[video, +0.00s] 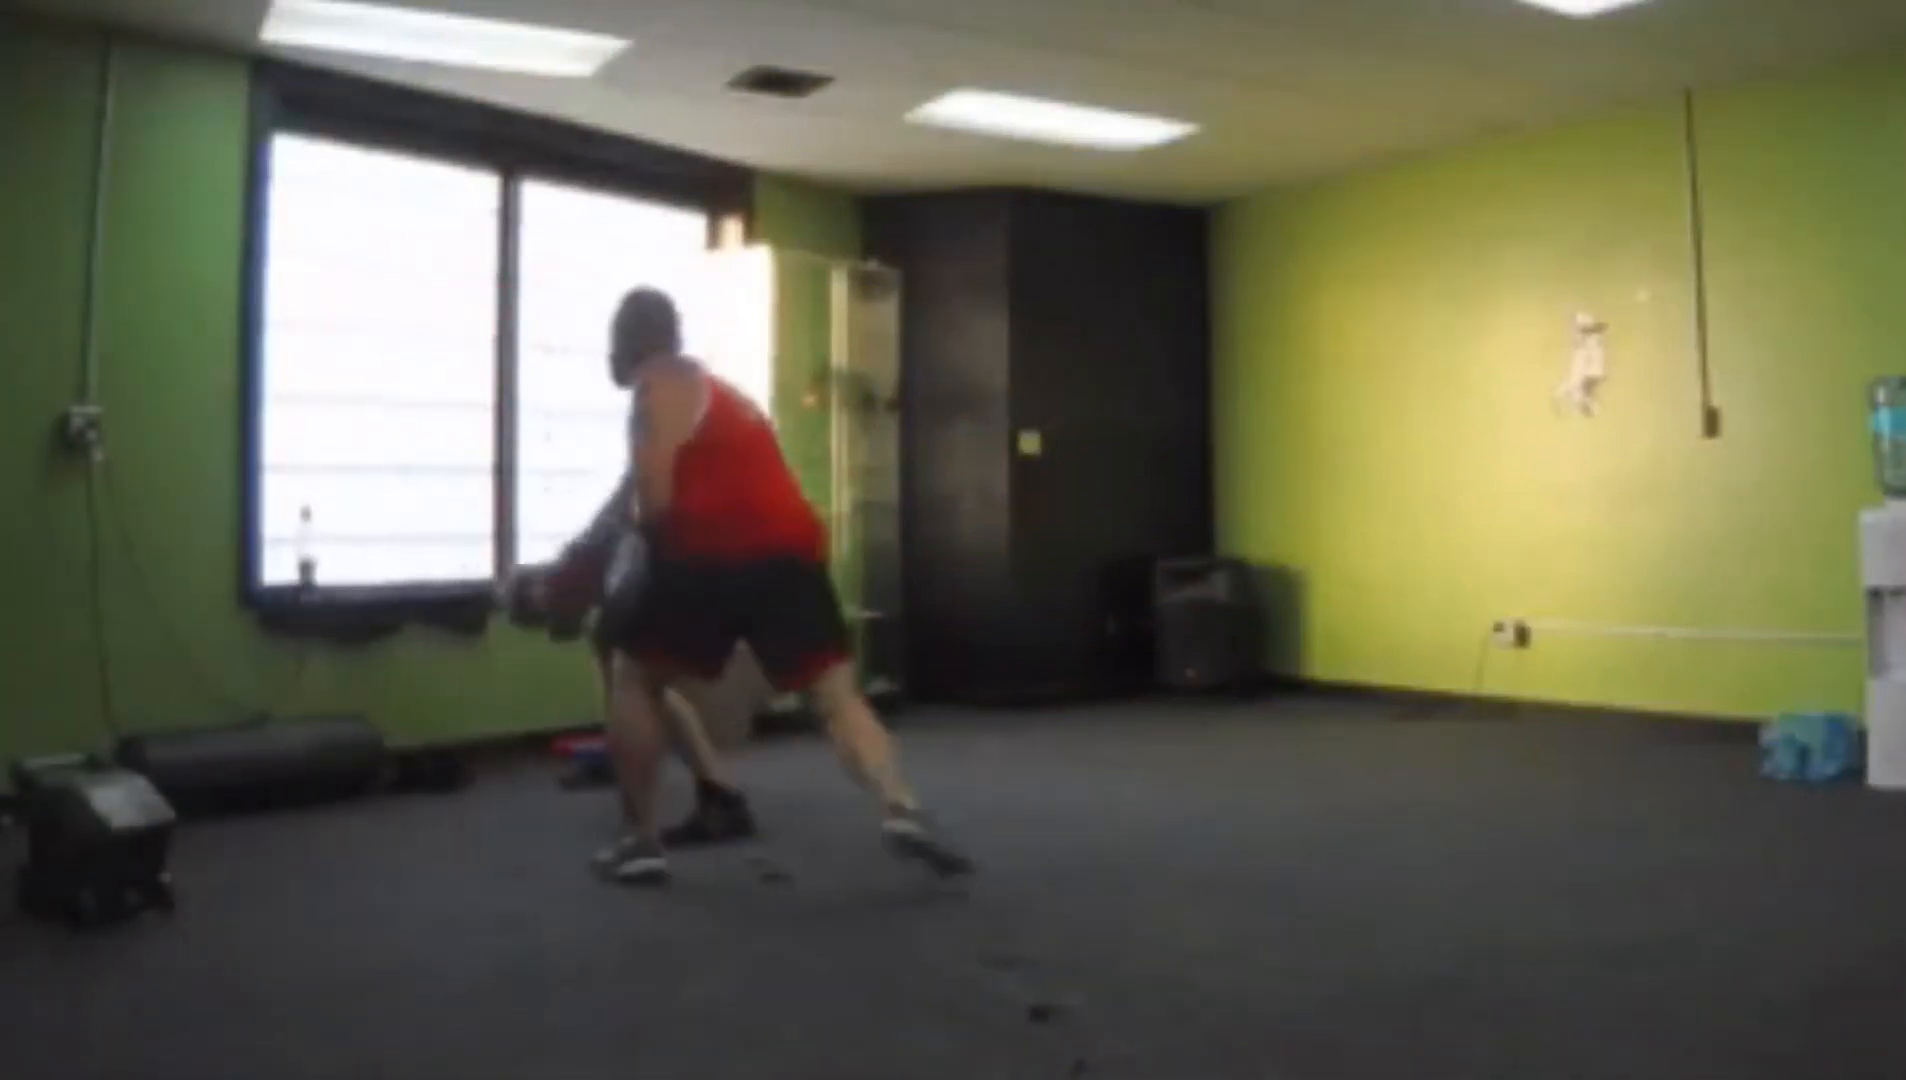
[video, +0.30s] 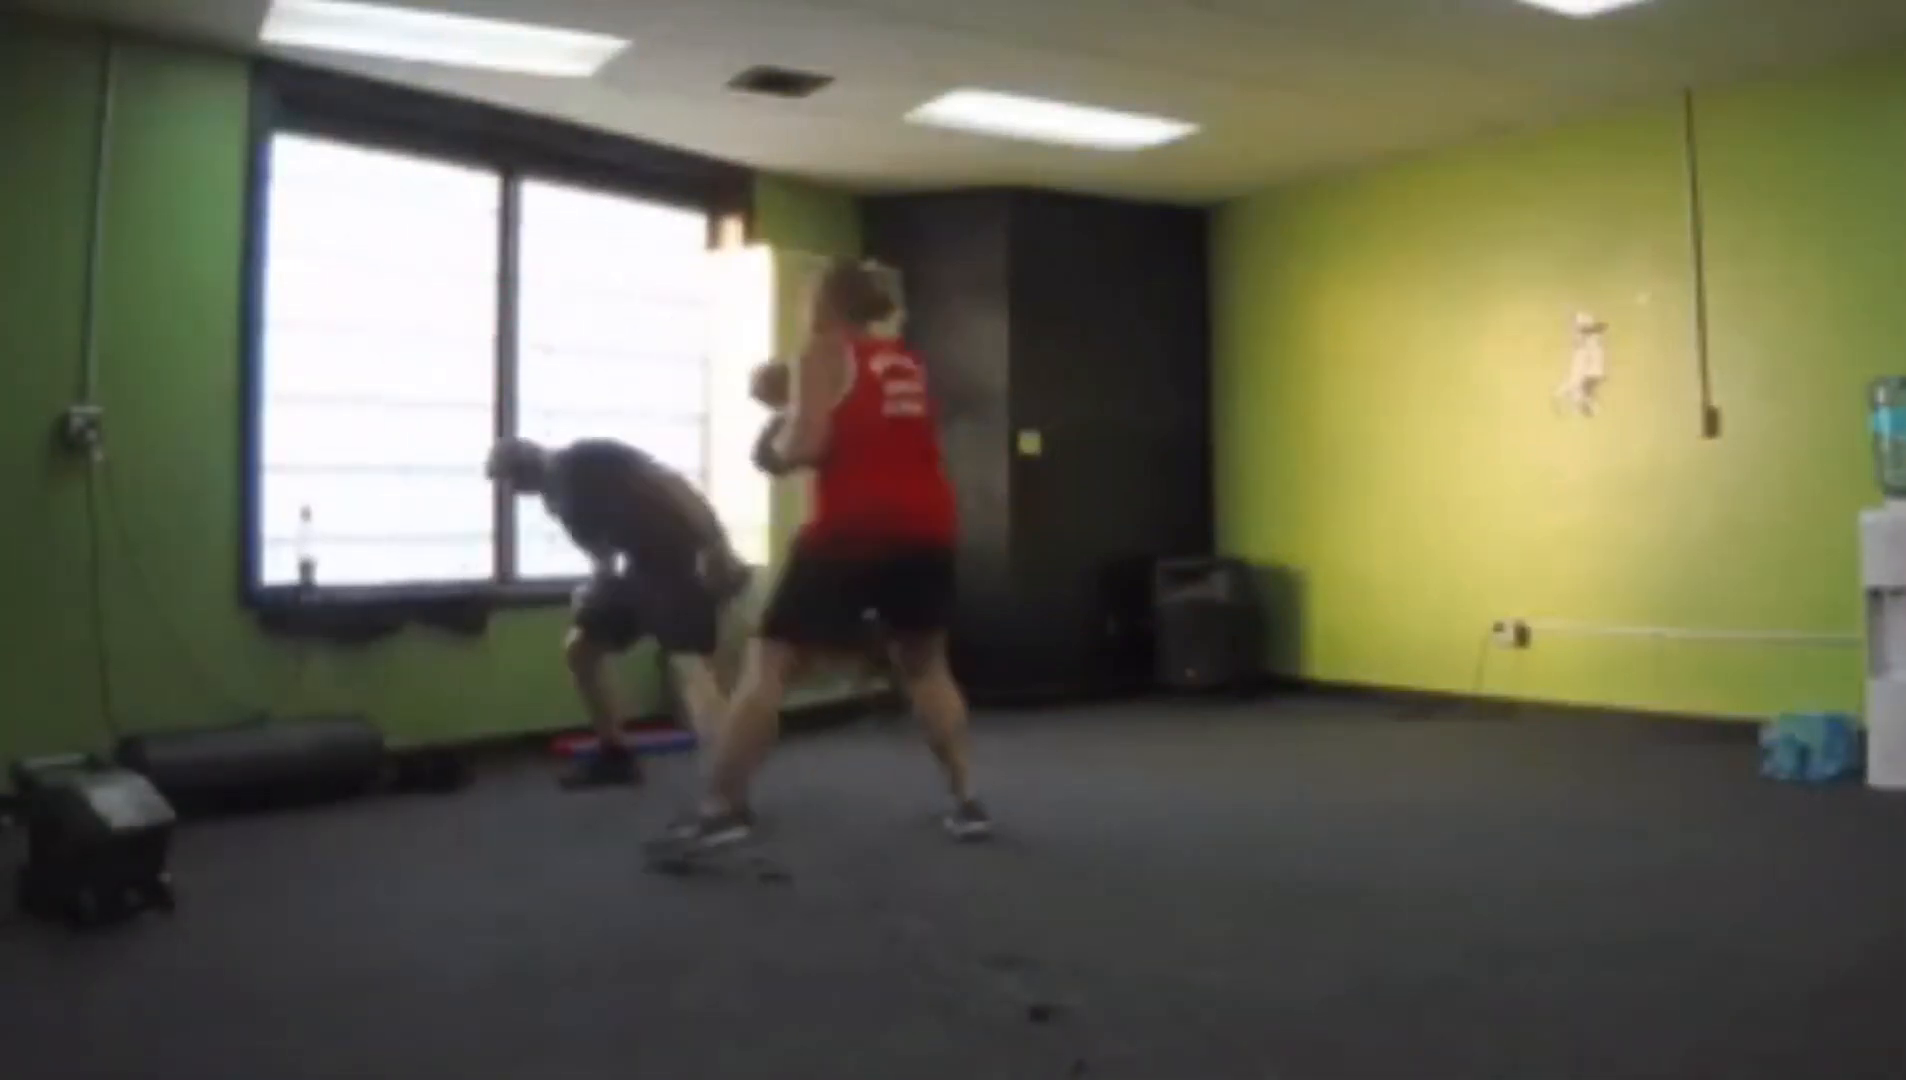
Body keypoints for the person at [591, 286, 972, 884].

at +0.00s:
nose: (609, 356)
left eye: (613, 344)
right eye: (612, 344)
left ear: (627, 343)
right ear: (671, 337)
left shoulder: (661, 385)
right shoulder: (716, 388)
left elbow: (652, 493)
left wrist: (640, 534)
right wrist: (587, 551)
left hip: (703, 562)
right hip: (785, 557)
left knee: (636, 679)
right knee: (838, 695)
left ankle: (639, 837)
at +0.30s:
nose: (811, 315)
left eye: (816, 305)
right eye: (814, 306)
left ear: (830, 307)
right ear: (885, 308)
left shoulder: (828, 352)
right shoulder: (907, 359)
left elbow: (807, 442)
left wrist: (770, 451)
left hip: (847, 534)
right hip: (926, 532)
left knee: (771, 663)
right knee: (926, 665)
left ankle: (724, 806)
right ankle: (966, 800)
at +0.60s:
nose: (922, 307)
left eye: (926, 295)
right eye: (924, 295)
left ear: (945, 299)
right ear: (987, 295)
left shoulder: (950, 343)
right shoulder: (1029, 338)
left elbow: (883, 409)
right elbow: (1110, 371)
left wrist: (869, 424)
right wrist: (1049, 355)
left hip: (983, 524)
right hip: (1056, 516)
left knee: (965, 657)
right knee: (1099, 641)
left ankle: (1053, 784)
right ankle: (1171, 766)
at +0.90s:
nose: (965, 348)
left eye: (970, 337)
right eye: (967, 337)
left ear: (987, 343)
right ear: (1031, 343)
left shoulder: (970, 393)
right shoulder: (1067, 392)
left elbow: (923, 457)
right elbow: (1121, 466)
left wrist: (901, 449)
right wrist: (1116, 520)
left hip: (994, 568)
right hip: (1074, 566)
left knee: (912, 631)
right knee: (1127, 665)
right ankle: (1194, 784)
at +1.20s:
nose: (898, 326)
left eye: (904, 317)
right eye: (903, 316)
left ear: (915, 325)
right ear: (958, 326)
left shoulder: (887, 372)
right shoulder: (991, 371)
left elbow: (795, 401)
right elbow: (1050, 435)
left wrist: (762, 382)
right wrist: (998, 448)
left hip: (917, 537)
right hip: (997, 536)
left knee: (863, 639)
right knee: (1023, 639)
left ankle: (856, 774)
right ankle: (1061, 764)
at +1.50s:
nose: (834, 357)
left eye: (841, 344)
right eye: (833, 345)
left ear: (871, 343)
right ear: (876, 342)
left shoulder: (902, 396)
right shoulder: (875, 393)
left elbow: (888, 494)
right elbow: (813, 422)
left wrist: (853, 477)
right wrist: (775, 396)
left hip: (928, 538)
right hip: (972, 536)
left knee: (871, 649)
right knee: (989, 648)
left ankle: (847, 780)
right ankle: (1047, 771)